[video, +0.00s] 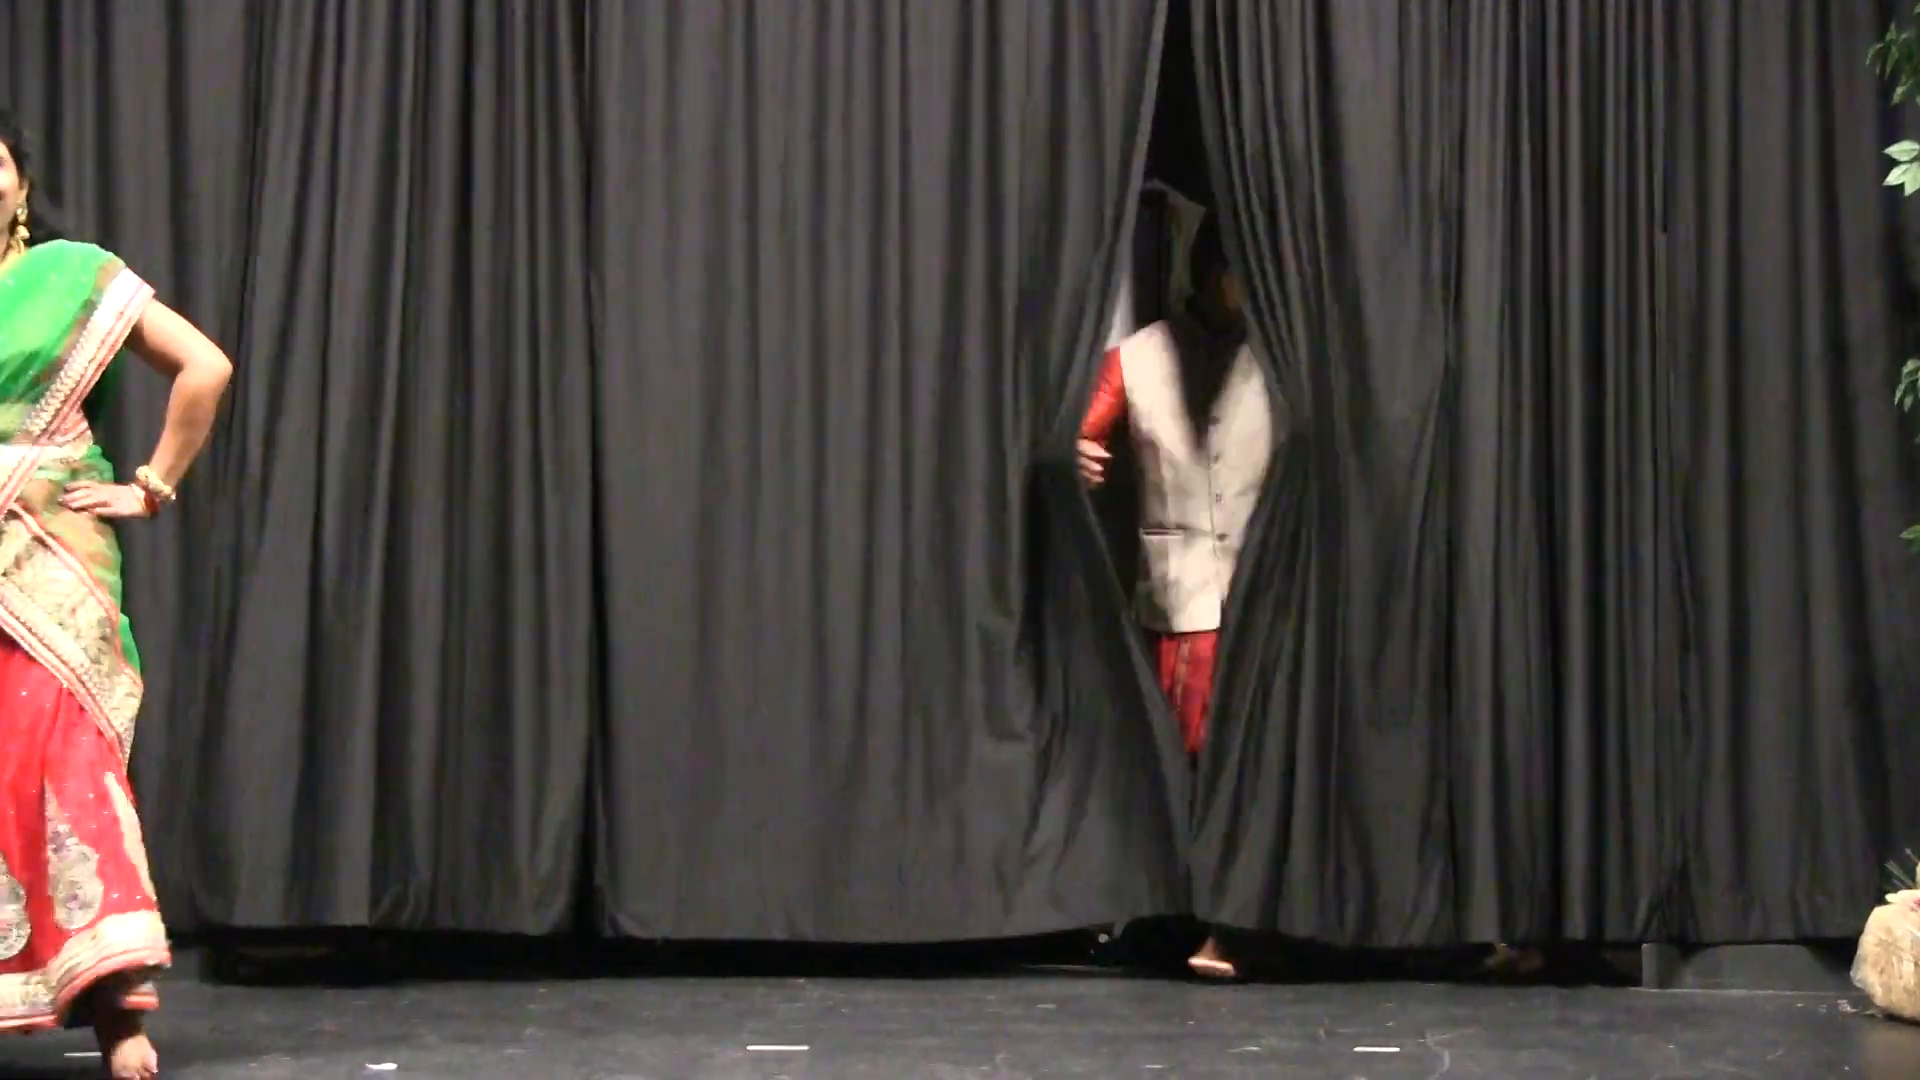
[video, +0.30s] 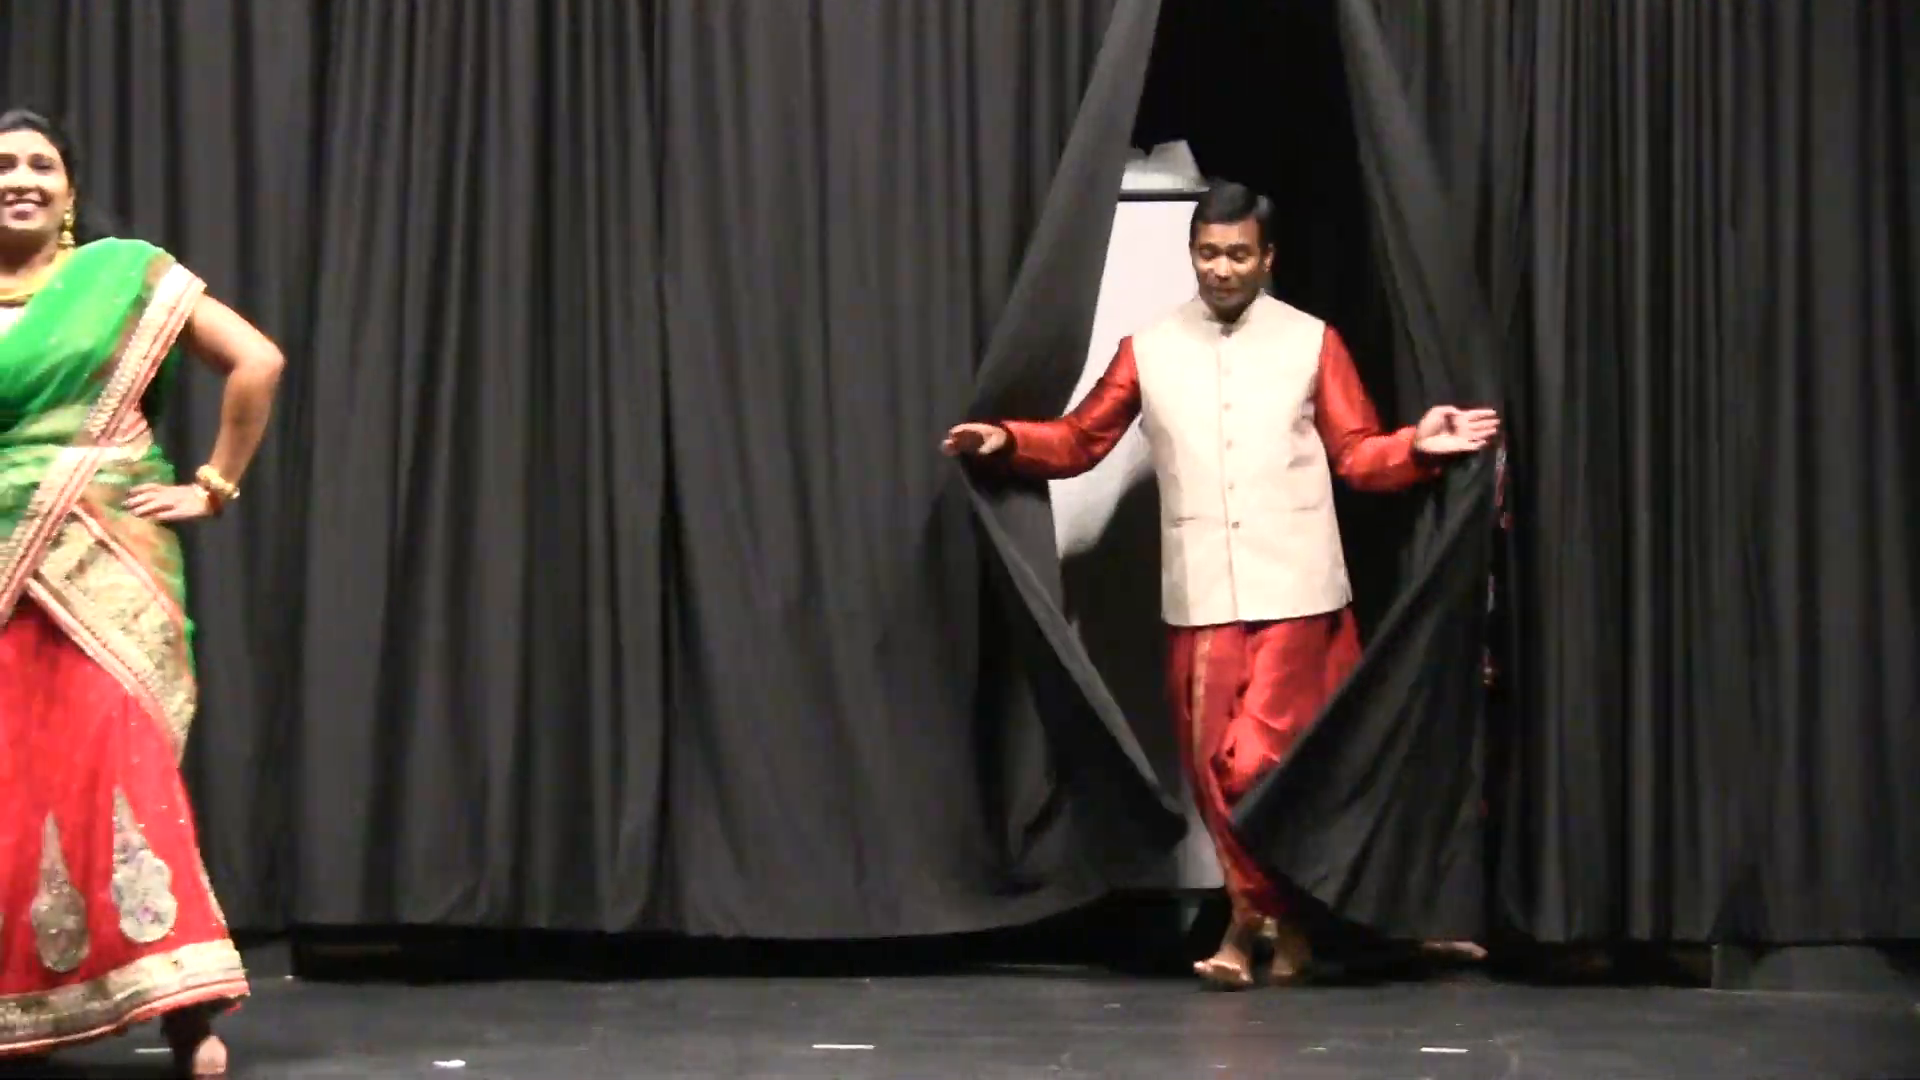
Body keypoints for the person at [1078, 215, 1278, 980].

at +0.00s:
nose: (1242, 292)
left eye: (1253, 277)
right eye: (1232, 274)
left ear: (1269, 282)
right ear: (1206, 274)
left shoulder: (1292, 359)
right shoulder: (1139, 358)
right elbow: (1080, 443)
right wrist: (1079, 461)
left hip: (1258, 598)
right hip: (1168, 601)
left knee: (1232, 758)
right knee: (1177, 762)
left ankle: (1228, 926)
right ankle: (1215, 927)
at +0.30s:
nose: (1223, 268)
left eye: (1238, 254)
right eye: (1208, 254)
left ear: (1266, 255)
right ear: (1191, 255)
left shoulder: (1313, 342)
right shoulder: (1152, 348)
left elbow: (1357, 454)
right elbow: (1080, 441)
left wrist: (1420, 441)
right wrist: (1006, 440)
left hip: (1298, 590)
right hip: (1200, 596)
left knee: (1255, 758)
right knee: (1213, 766)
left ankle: (1242, 933)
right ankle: (1283, 923)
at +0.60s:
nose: (1231, 238)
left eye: (1247, 222)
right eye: (1220, 226)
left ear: (1288, 228)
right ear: (1212, 238)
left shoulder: (1354, 324)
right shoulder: (1196, 336)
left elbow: (1406, 432)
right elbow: (1172, 460)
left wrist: (1398, 499)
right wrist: (1080, 521)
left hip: (1326, 592)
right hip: (1221, 593)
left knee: (1342, 774)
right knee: (1191, 757)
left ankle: (1337, 947)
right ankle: (1180, 935)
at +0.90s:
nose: (1204, 231)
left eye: (1222, 219)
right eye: (1194, 221)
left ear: (1261, 240)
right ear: (1179, 242)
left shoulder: (1314, 340)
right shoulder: (1155, 359)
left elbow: (1356, 466)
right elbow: (1129, 501)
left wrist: (1298, 588)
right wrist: (1110, 608)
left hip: (1282, 612)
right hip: (1173, 616)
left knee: (1309, 798)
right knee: (1143, 793)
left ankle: (1355, 908)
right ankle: (1166, 966)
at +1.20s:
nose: (1233, 158)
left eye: (1252, 144)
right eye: (1220, 145)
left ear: (1293, 160)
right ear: (1205, 163)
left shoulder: (1347, 267)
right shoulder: (1166, 271)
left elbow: (1405, 410)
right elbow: (1093, 380)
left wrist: (1397, 537)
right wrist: (1065, 454)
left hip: (1301, 547)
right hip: (1181, 546)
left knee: (1294, 746)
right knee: (1163, 747)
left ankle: (1291, 961)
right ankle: (1172, 910)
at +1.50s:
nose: (1215, 142)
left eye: (1237, 128)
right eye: (1204, 126)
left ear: (1277, 149)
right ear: (1187, 143)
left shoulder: (1322, 263)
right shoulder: (1144, 266)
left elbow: (1352, 415)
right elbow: (1104, 415)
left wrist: (1298, 528)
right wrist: (1103, 529)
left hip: (1287, 564)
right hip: (1160, 562)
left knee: (1296, 771)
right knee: (1112, 750)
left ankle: (1300, 978)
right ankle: (1087, 965)